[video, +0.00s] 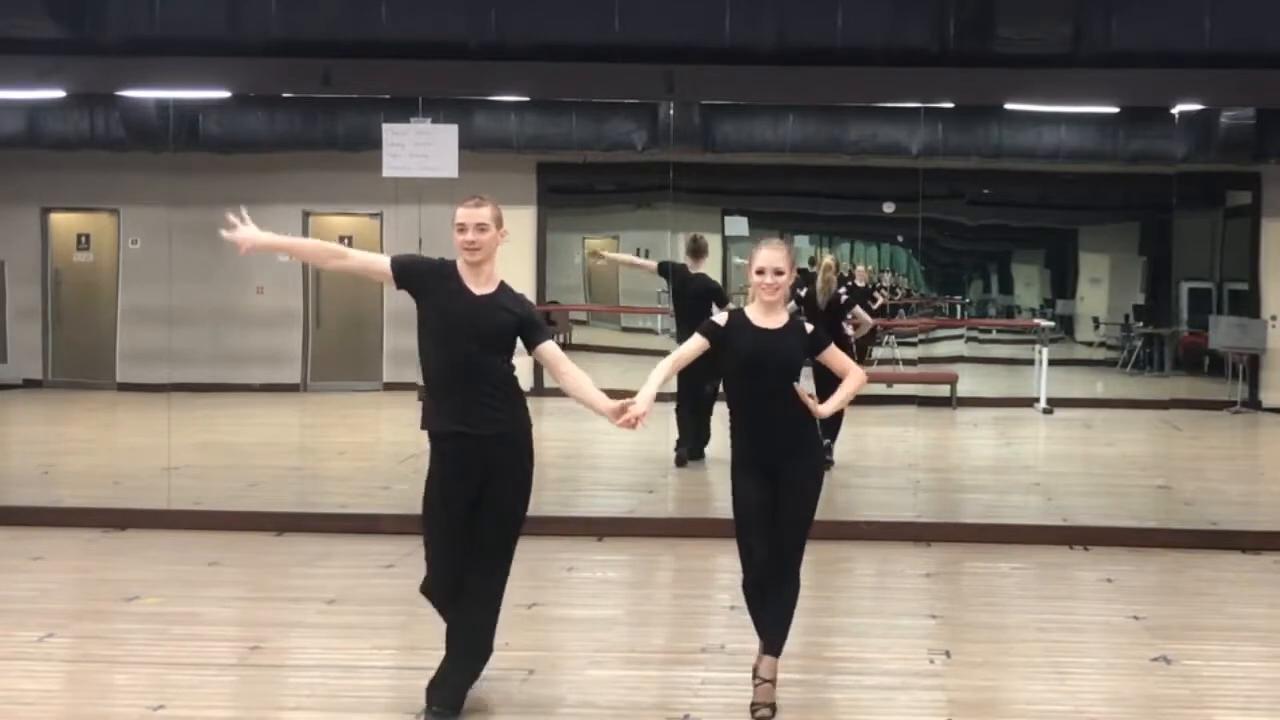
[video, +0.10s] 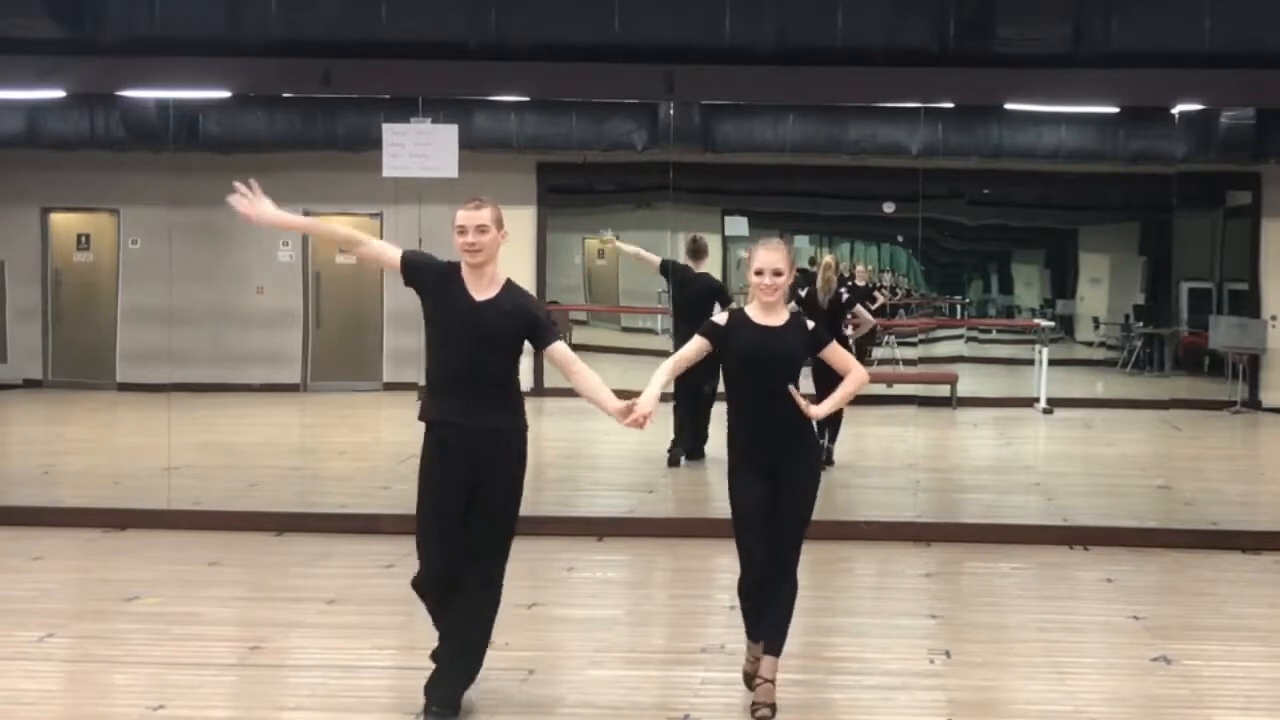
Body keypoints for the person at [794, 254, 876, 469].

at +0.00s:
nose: (828, 272)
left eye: (825, 268)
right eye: (831, 269)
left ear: (819, 271)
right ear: (836, 272)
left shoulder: (807, 293)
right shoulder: (842, 295)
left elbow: (785, 312)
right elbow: (868, 321)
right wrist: (853, 336)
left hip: (818, 349)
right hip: (841, 350)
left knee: (822, 397)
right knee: (838, 401)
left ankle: (824, 440)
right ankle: (829, 445)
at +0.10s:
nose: (828, 271)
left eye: (825, 267)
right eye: (831, 268)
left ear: (820, 271)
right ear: (836, 272)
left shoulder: (808, 294)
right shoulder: (843, 294)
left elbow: (788, 313)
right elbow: (869, 320)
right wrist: (852, 335)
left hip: (818, 350)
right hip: (840, 350)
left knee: (820, 398)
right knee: (837, 401)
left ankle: (820, 439)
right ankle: (830, 446)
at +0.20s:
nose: (826, 268)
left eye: (825, 265)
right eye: (828, 265)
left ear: (819, 269)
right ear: (836, 269)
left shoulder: (809, 293)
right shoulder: (844, 292)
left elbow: (794, 318)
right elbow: (869, 320)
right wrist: (853, 338)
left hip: (815, 349)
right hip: (838, 349)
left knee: (818, 400)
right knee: (835, 400)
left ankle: (817, 445)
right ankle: (829, 448)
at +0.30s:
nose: (825, 268)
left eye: (824, 264)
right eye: (827, 264)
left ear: (818, 267)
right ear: (836, 267)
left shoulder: (808, 292)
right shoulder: (844, 290)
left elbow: (797, 318)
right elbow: (868, 319)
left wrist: (803, 337)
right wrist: (852, 339)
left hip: (814, 350)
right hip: (838, 349)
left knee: (815, 401)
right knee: (833, 402)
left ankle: (815, 448)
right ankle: (829, 449)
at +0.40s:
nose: (824, 267)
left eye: (823, 263)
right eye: (825, 263)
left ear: (817, 267)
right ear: (834, 266)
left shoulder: (807, 291)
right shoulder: (843, 290)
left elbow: (795, 318)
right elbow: (867, 319)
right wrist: (850, 340)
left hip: (812, 351)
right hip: (837, 350)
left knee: (811, 402)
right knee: (831, 402)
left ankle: (813, 447)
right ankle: (828, 448)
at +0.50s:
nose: (823, 266)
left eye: (821, 262)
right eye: (825, 262)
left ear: (814, 265)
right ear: (832, 266)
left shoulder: (803, 287)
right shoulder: (839, 288)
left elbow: (791, 313)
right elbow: (866, 316)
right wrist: (849, 338)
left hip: (807, 350)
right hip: (832, 349)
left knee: (809, 400)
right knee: (829, 400)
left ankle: (813, 448)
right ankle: (828, 446)